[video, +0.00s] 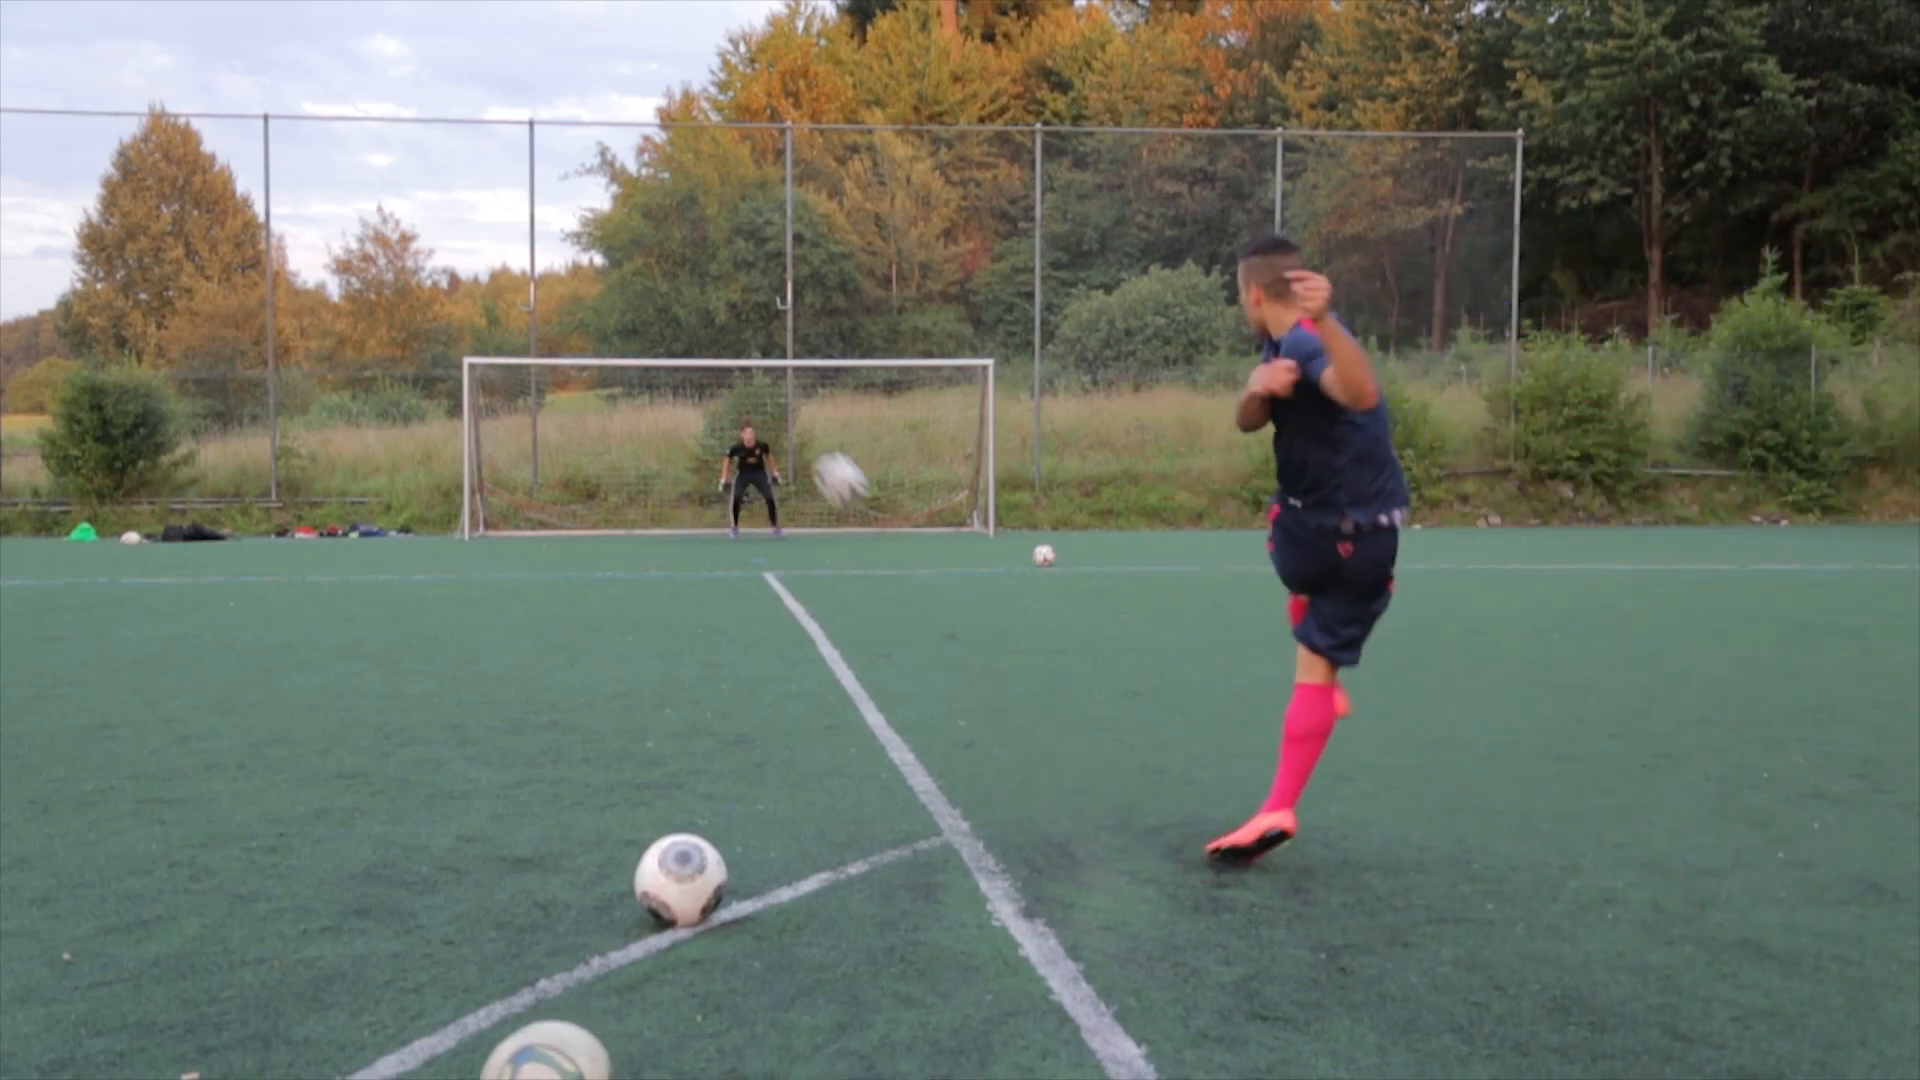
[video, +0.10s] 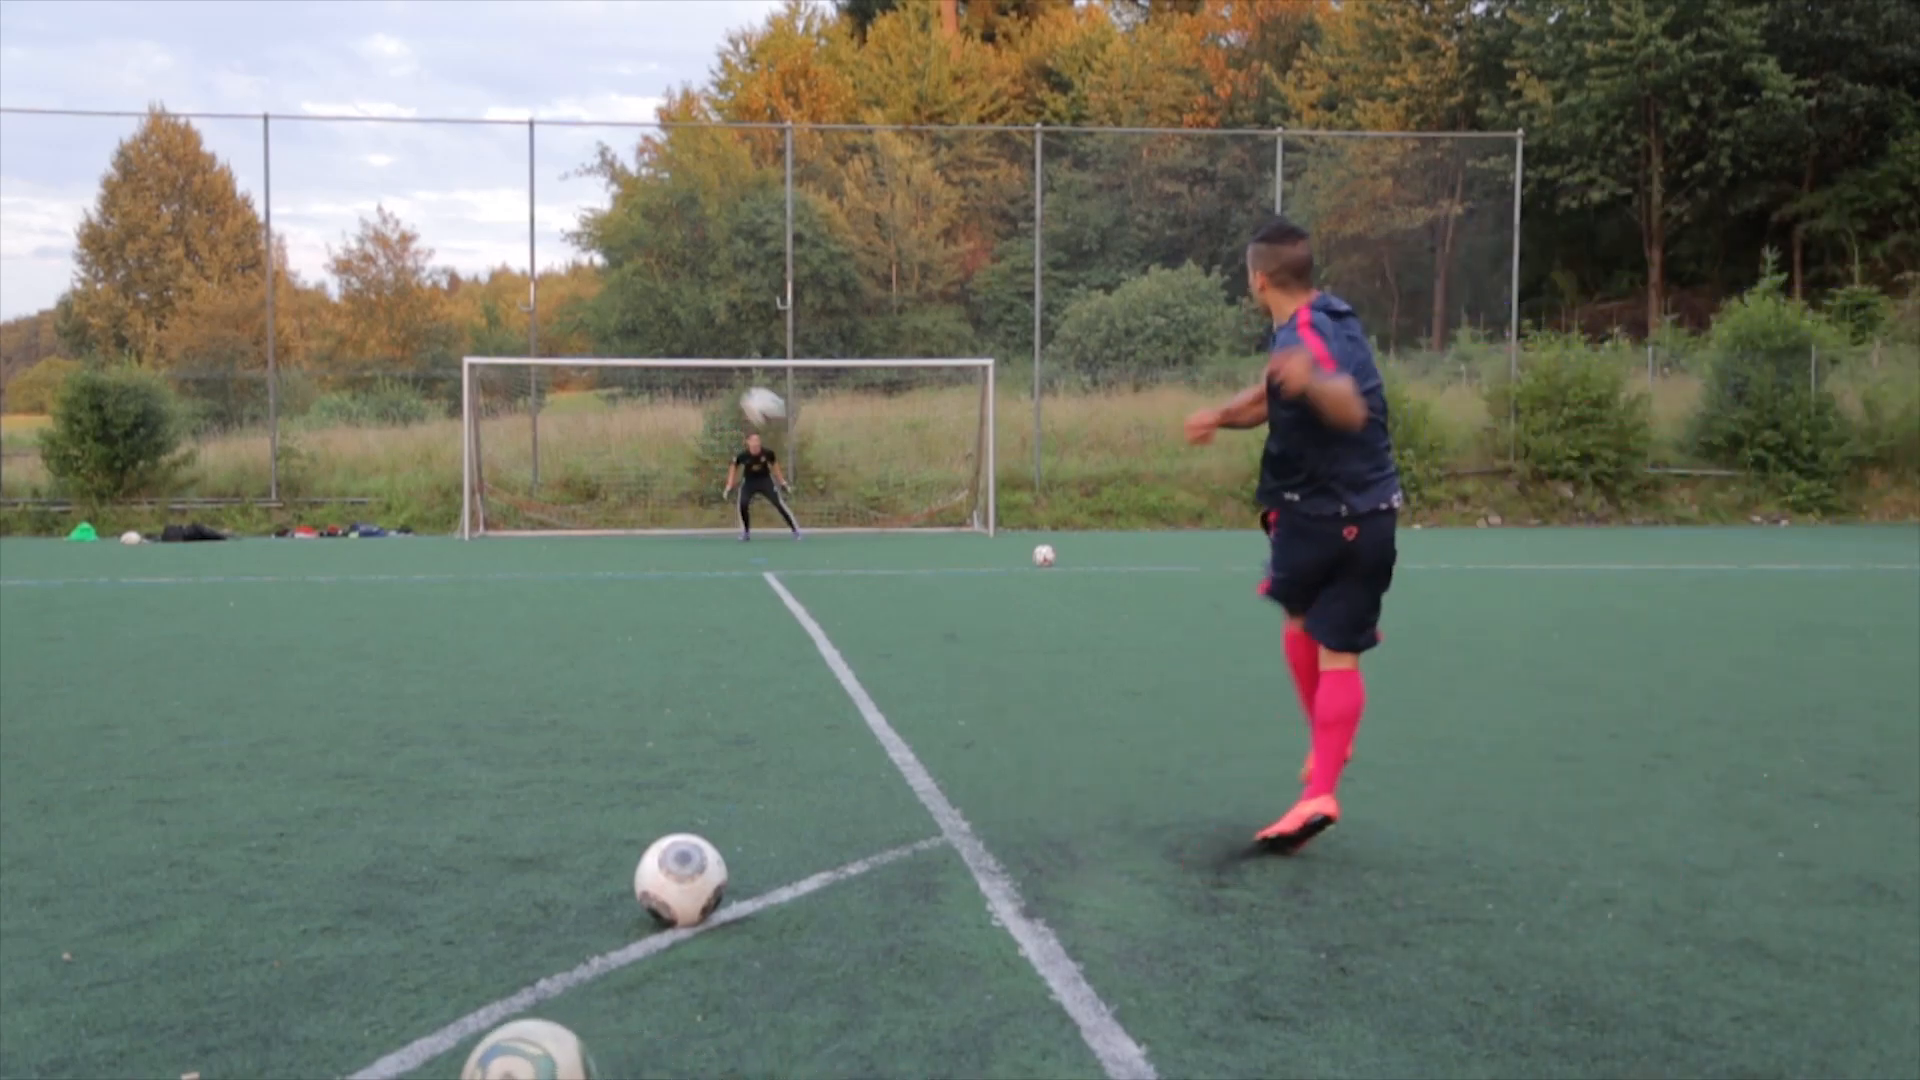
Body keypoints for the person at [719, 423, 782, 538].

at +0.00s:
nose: (749, 437)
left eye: (751, 434)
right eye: (747, 434)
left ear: (754, 436)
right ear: (742, 435)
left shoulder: (762, 447)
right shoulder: (736, 449)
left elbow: (770, 459)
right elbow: (727, 461)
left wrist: (775, 472)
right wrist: (724, 478)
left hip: (759, 476)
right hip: (743, 476)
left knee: (770, 499)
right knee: (736, 499)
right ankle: (734, 527)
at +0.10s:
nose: (755, 447)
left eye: (757, 444)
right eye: (753, 444)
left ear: (760, 444)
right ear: (748, 445)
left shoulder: (768, 454)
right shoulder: (742, 457)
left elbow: (775, 468)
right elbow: (733, 468)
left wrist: (783, 482)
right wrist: (729, 484)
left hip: (765, 483)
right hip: (749, 484)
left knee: (779, 504)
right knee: (743, 505)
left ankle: (795, 530)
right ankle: (746, 532)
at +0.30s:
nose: (747, 461)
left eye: (749, 458)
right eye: (744, 458)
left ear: (753, 456)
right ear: (741, 458)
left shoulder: (763, 465)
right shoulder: (739, 468)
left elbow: (774, 479)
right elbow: (735, 483)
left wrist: (782, 496)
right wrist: (731, 499)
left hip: (762, 492)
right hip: (746, 493)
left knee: (778, 510)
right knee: (733, 508)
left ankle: (794, 533)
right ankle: (737, 534)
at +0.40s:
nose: (732, 455)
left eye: (734, 452)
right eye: (730, 453)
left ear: (739, 451)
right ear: (727, 453)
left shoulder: (749, 461)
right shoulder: (727, 465)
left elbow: (761, 476)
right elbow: (725, 482)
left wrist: (768, 492)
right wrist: (722, 498)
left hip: (753, 491)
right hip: (738, 491)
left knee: (766, 513)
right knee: (726, 507)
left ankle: (788, 531)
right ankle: (736, 534)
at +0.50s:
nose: (719, 446)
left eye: (721, 443)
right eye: (717, 444)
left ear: (727, 443)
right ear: (715, 446)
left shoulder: (736, 456)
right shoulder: (718, 460)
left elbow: (750, 470)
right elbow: (717, 478)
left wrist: (753, 488)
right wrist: (713, 495)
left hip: (744, 485)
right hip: (732, 486)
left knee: (748, 510)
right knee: (720, 507)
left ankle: (772, 530)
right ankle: (735, 533)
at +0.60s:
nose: (708, 440)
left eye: (711, 436)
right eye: (707, 437)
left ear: (718, 438)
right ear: (707, 440)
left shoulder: (728, 452)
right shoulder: (712, 455)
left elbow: (741, 468)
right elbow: (713, 473)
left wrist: (740, 487)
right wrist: (707, 489)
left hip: (736, 483)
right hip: (726, 483)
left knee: (728, 506)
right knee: (717, 507)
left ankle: (747, 529)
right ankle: (734, 531)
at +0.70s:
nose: (701, 434)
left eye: (703, 431)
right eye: (701, 431)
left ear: (710, 433)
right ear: (702, 433)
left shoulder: (719, 447)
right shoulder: (708, 449)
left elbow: (731, 464)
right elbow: (712, 467)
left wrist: (729, 484)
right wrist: (704, 485)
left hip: (727, 480)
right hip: (720, 480)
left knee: (709, 500)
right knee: (711, 503)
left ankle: (720, 530)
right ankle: (734, 530)